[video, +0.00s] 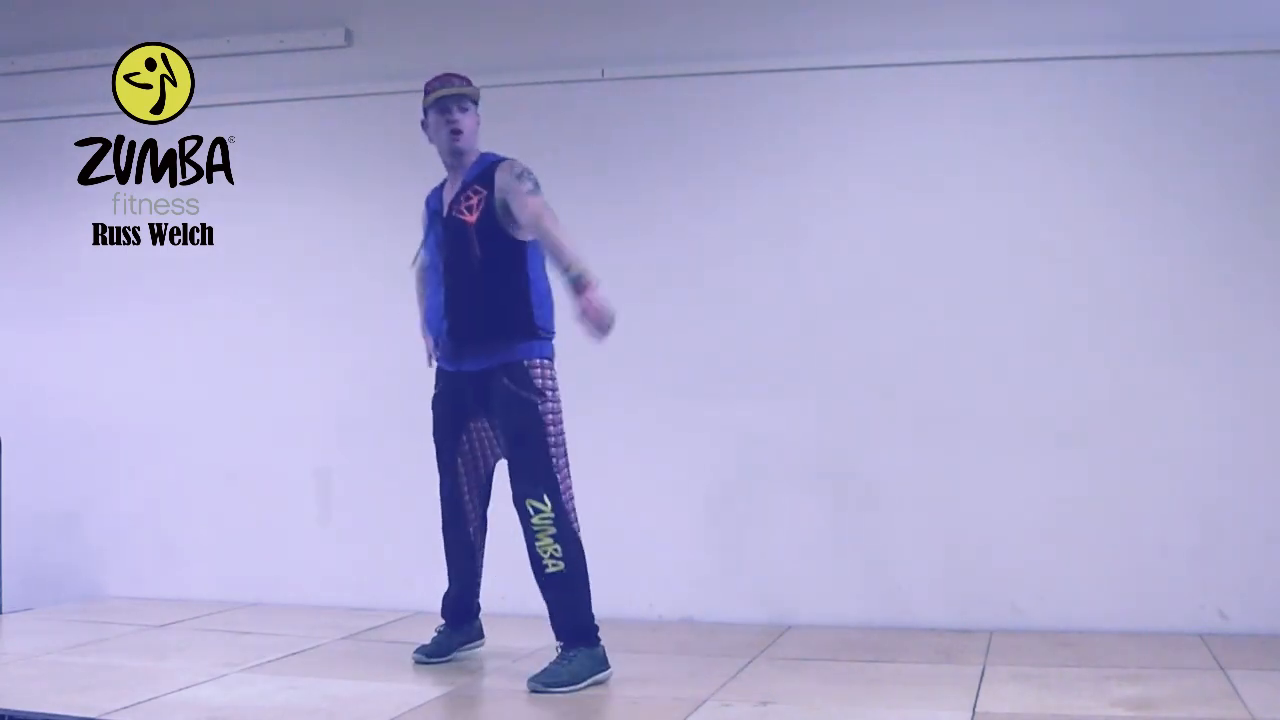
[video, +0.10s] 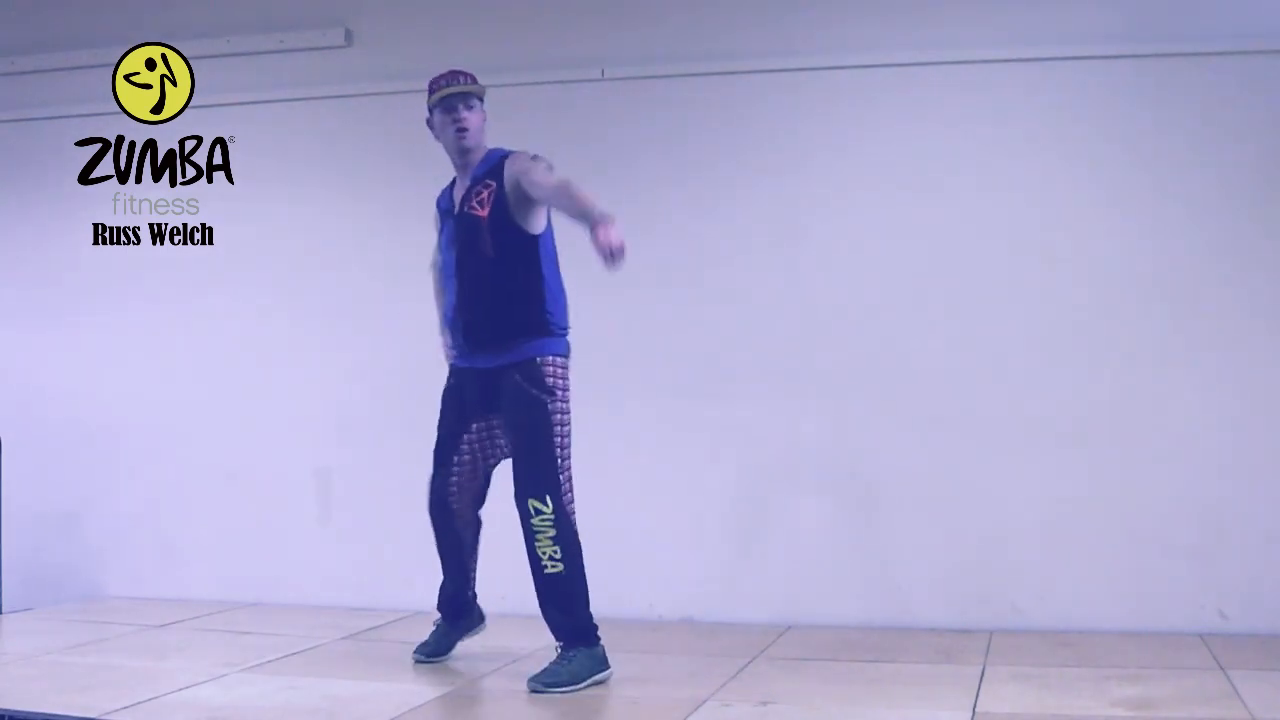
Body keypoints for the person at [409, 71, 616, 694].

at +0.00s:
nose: (454, 119)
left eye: (463, 108)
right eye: (441, 112)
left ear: (479, 118)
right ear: (426, 127)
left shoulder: (506, 175)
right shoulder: (434, 201)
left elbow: (542, 225)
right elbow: (426, 273)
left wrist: (584, 285)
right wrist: (430, 333)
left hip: (519, 365)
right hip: (457, 372)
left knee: (543, 504)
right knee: (460, 502)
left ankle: (581, 646)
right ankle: (462, 623)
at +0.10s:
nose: (460, 118)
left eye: (468, 107)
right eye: (447, 111)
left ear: (485, 116)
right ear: (432, 127)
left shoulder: (515, 168)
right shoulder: (445, 201)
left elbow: (556, 188)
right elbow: (443, 275)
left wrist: (598, 219)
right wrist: (451, 338)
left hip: (533, 363)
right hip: (472, 370)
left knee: (542, 505)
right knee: (450, 498)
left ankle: (581, 646)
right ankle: (459, 611)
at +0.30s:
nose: (474, 127)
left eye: (483, 115)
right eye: (461, 120)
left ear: (501, 125)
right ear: (446, 136)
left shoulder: (538, 177)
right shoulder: (463, 209)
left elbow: (617, 179)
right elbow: (477, 282)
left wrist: (585, 120)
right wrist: (482, 349)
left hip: (556, 368)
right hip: (496, 373)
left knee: (546, 513)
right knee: (439, 481)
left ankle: (582, 650)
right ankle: (511, 584)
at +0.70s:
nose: (475, 107)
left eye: (490, 99)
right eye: (475, 98)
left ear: (522, 116)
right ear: (480, 116)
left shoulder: (553, 179)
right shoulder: (476, 192)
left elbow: (617, 231)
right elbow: (483, 277)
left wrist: (597, 148)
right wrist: (484, 351)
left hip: (552, 373)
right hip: (495, 373)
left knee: (544, 518)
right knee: (441, 486)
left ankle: (583, 652)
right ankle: (521, 597)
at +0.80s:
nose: (472, 103)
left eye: (485, 94)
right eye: (473, 94)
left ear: (517, 108)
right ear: (481, 111)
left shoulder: (545, 178)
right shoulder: (474, 182)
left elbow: (578, 269)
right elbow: (485, 271)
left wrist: (591, 231)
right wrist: (477, 349)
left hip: (543, 365)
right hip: (484, 365)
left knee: (545, 503)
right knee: (435, 481)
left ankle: (582, 648)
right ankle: (476, 604)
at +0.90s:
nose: (467, 98)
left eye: (480, 89)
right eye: (468, 89)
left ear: (511, 103)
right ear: (477, 105)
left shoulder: (538, 171)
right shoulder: (469, 177)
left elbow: (551, 238)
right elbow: (473, 261)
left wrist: (566, 289)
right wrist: (469, 332)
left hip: (535, 360)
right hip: (476, 360)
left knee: (549, 500)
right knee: (448, 491)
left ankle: (582, 645)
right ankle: (453, 614)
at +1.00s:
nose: (458, 112)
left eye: (470, 101)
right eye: (458, 101)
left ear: (502, 112)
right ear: (469, 114)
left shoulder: (526, 183)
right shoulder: (456, 183)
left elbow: (521, 273)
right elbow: (446, 268)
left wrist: (513, 365)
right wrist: (442, 349)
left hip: (517, 368)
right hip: (461, 370)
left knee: (538, 505)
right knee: (451, 501)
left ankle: (582, 646)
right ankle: (448, 624)